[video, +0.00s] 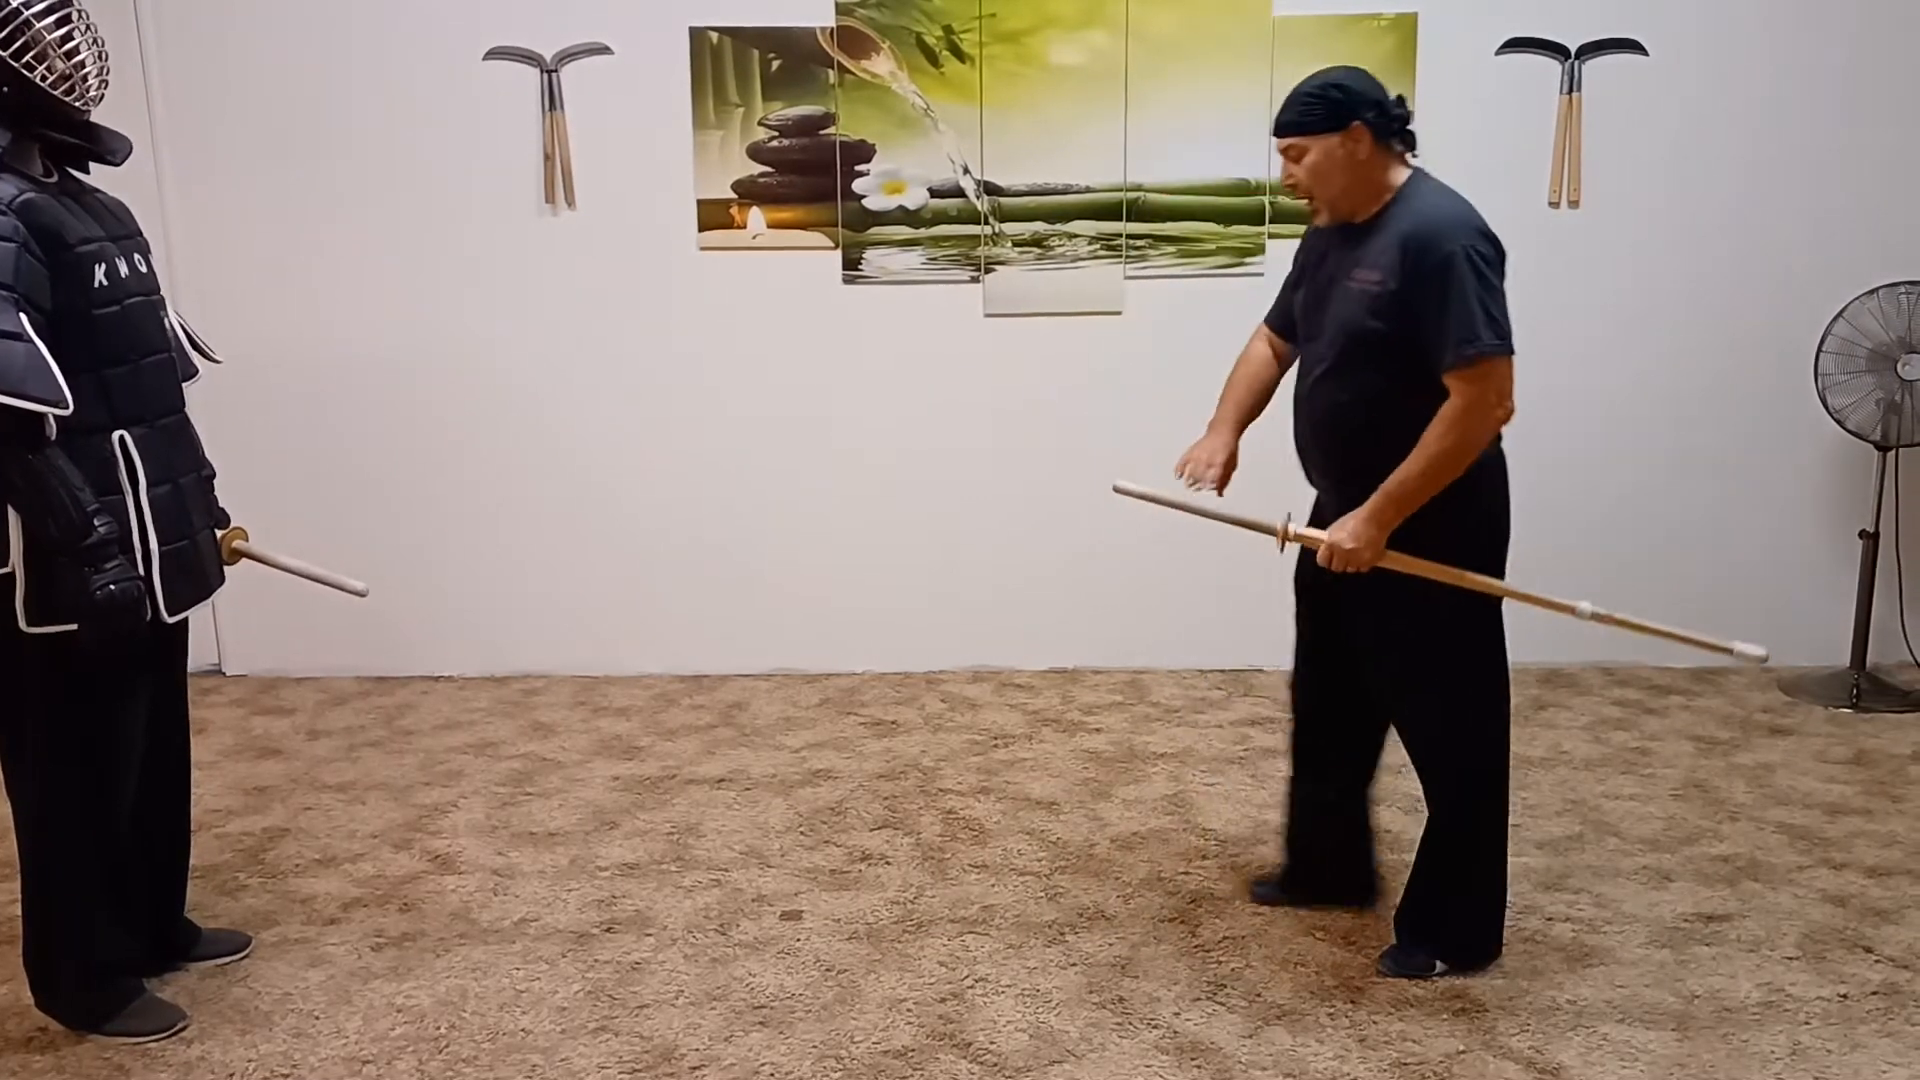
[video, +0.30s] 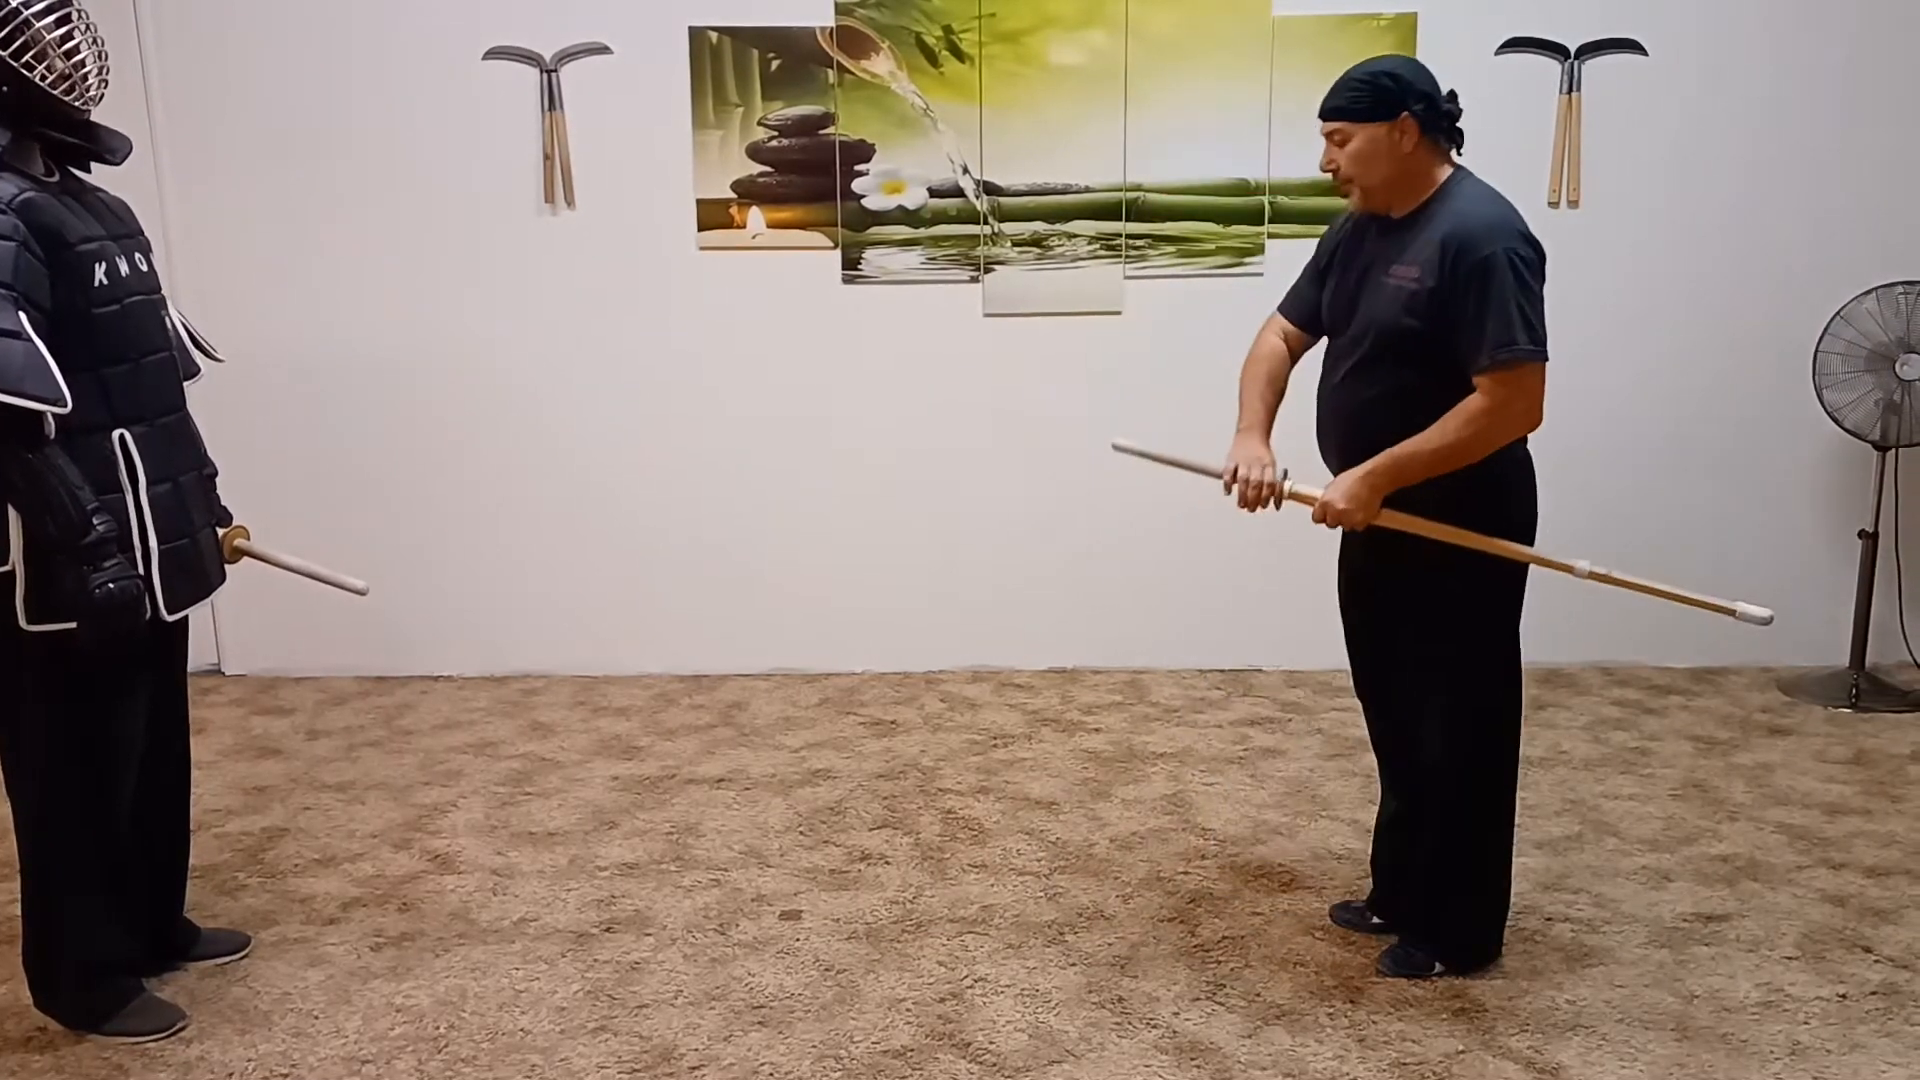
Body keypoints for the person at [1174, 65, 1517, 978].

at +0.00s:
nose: (1288, 173)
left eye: (1300, 152)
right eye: (1284, 156)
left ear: (1359, 142)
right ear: (1336, 151)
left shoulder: (1442, 236)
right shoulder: (1332, 232)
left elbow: (1484, 401)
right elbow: (1276, 341)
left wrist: (1377, 514)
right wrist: (1223, 428)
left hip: (1442, 519)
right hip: (1341, 512)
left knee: (1455, 730)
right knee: (1329, 701)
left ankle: (1456, 930)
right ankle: (1328, 870)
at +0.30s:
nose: (1328, 161)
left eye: (1341, 139)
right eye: (1325, 142)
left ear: (1403, 134)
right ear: (1389, 140)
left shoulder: (1485, 236)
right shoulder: (1360, 229)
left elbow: (1515, 400)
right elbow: (1278, 340)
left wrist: (1376, 475)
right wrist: (1253, 437)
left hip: (1464, 518)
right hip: (1376, 512)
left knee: (1461, 721)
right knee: (1396, 712)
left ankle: (1461, 932)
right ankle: (1402, 895)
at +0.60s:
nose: (1349, 142)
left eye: (1364, 120)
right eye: (1348, 125)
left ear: (1425, 121)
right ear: (1409, 129)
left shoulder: (1501, 225)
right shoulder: (1376, 227)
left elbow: (1544, 386)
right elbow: (1299, 340)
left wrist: (1399, 452)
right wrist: (1276, 422)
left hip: (1474, 516)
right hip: (1385, 507)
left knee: (1464, 716)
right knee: (1394, 709)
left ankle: (1460, 931)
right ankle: (1401, 896)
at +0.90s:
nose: (1359, 144)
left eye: (1375, 124)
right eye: (1361, 127)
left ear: (1435, 127)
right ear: (1421, 133)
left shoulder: (1509, 230)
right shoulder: (1389, 230)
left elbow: (1564, 389)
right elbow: (1309, 343)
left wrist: (1419, 462)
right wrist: (1281, 430)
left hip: (1474, 516)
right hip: (1385, 506)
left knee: (1455, 712)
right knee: (1357, 691)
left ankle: (1459, 930)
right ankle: (1380, 888)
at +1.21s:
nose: (1346, 156)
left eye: (1358, 136)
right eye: (1347, 137)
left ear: (1418, 136)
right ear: (1409, 141)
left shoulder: (1489, 237)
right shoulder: (1390, 231)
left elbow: (1542, 394)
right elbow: (1303, 340)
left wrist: (1395, 462)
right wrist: (1253, 425)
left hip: (1451, 523)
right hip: (1374, 512)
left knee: (1435, 724)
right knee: (1321, 679)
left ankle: (1452, 933)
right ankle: (1265, 843)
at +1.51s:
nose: (1302, 164)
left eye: (1316, 145)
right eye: (1303, 147)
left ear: (1373, 146)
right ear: (1358, 151)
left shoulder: (1441, 241)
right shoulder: (1339, 247)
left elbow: (1515, 379)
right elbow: (1240, 328)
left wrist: (1387, 474)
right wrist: (1146, 399)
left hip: (1409, 530)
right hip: (1337, 519)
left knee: (1404, 725)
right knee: (1296, 689)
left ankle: (1452, 931)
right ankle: (1231, 837)